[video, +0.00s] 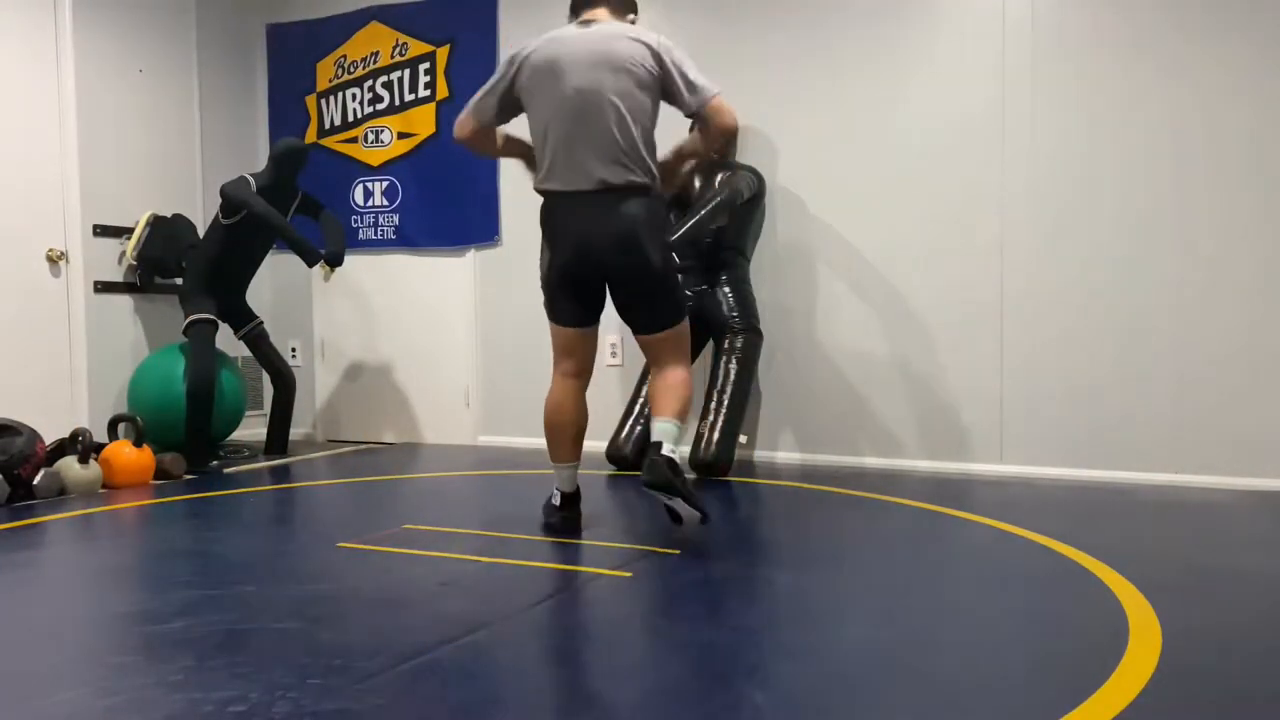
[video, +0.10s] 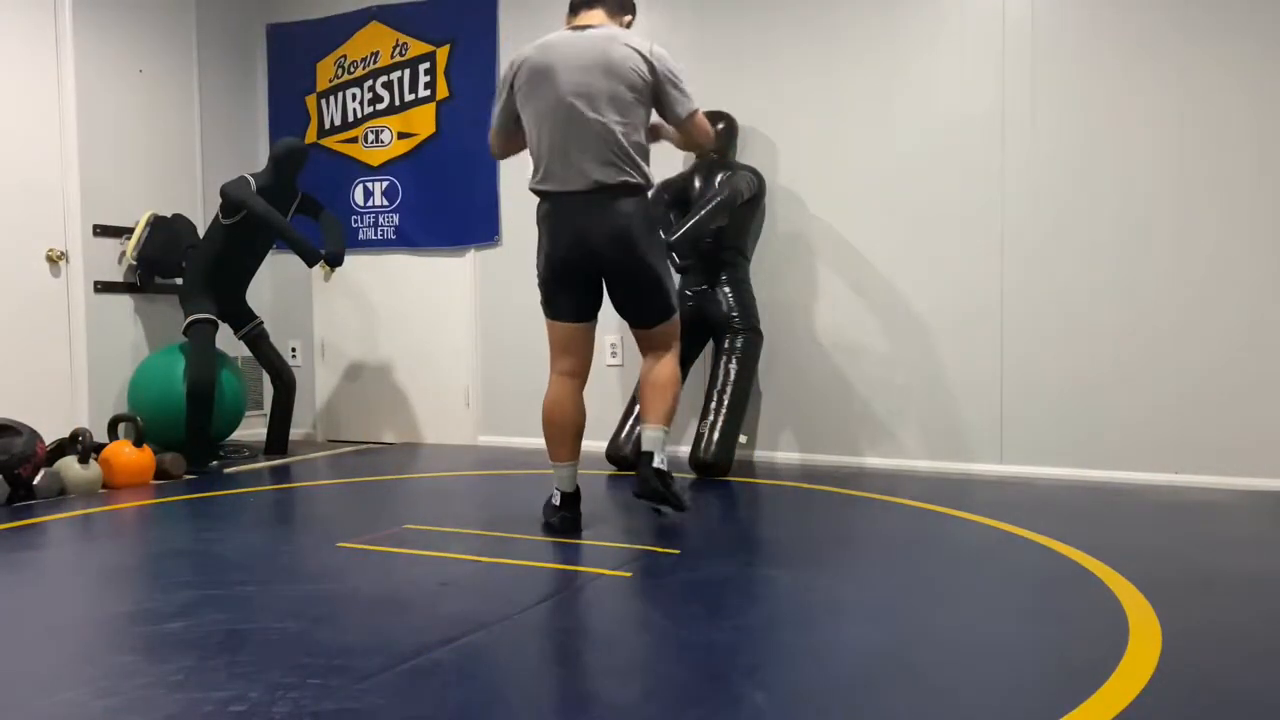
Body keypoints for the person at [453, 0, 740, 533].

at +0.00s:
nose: (635, 20)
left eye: (632, 18)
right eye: (635, 15)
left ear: (575, 11)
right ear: (626, 11)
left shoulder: (531, 53)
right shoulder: (647, 45)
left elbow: (467, 131)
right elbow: (723, 122)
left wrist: (523, 149)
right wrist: (685, 159)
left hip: (564, 224)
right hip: (634, 221)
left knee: (569, 369)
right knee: (667, 356)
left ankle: (564, 501)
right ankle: (665, 452)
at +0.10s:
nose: (629, 27)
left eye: (626, 22)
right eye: (629, 20)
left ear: (572, 12)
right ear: (623, 15)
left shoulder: (527, 60)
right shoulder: (641, 54)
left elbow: (500, 146)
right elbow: (702, 138)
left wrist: (551, 119)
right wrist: (662, 128)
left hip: (560, 225)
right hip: (628, 222)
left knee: (566, 370)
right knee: (661, 349)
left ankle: (564, 499)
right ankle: (652, 462)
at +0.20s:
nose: (626, 31)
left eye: (622, 26)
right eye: (626, 24)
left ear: (569, 17)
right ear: (622, 20)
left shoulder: (527, 68)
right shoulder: (637, 59)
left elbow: (541, 133)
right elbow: (695, 142)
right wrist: (658, 128)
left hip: (559, 228)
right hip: (624, 224)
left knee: (565, 370)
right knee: (651, 353)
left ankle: (564, 501)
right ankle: (655, 477)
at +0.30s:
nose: (630, 37)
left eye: (624, 30)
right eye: (630, 30)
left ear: (573, 25)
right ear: (624, 28)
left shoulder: (535, 72)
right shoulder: (641, 69)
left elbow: (557, 133)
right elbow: (699, 152)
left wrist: (635, 143)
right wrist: (661, 146)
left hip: (562, 230)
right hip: (625, 228)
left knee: (565, 371)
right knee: (644, 360)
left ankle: (566, 498)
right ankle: (659, 467)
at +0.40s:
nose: (633, 47)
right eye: (636, 40)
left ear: (581, 33)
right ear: (634, 40)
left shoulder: (545, 78)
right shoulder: (652, 83)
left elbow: (562, 141)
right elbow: (704, 162)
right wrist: (663, 175)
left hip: (569, 236)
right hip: (630, 234)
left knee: (570, 368)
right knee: (644, 364)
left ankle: (566, 497)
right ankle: (655, 466)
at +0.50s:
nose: (602, 48)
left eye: (593, 39)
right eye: (643, 47)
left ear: (592, 40)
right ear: (643, 46)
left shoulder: (558, 84)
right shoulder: (663, 92)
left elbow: (577, 147)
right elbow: (710, 176)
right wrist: (668, 188)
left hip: (578, 239)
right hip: (638, 239)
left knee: (575, 365)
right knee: (649, 362)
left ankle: (569, 487)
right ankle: (661, 473)